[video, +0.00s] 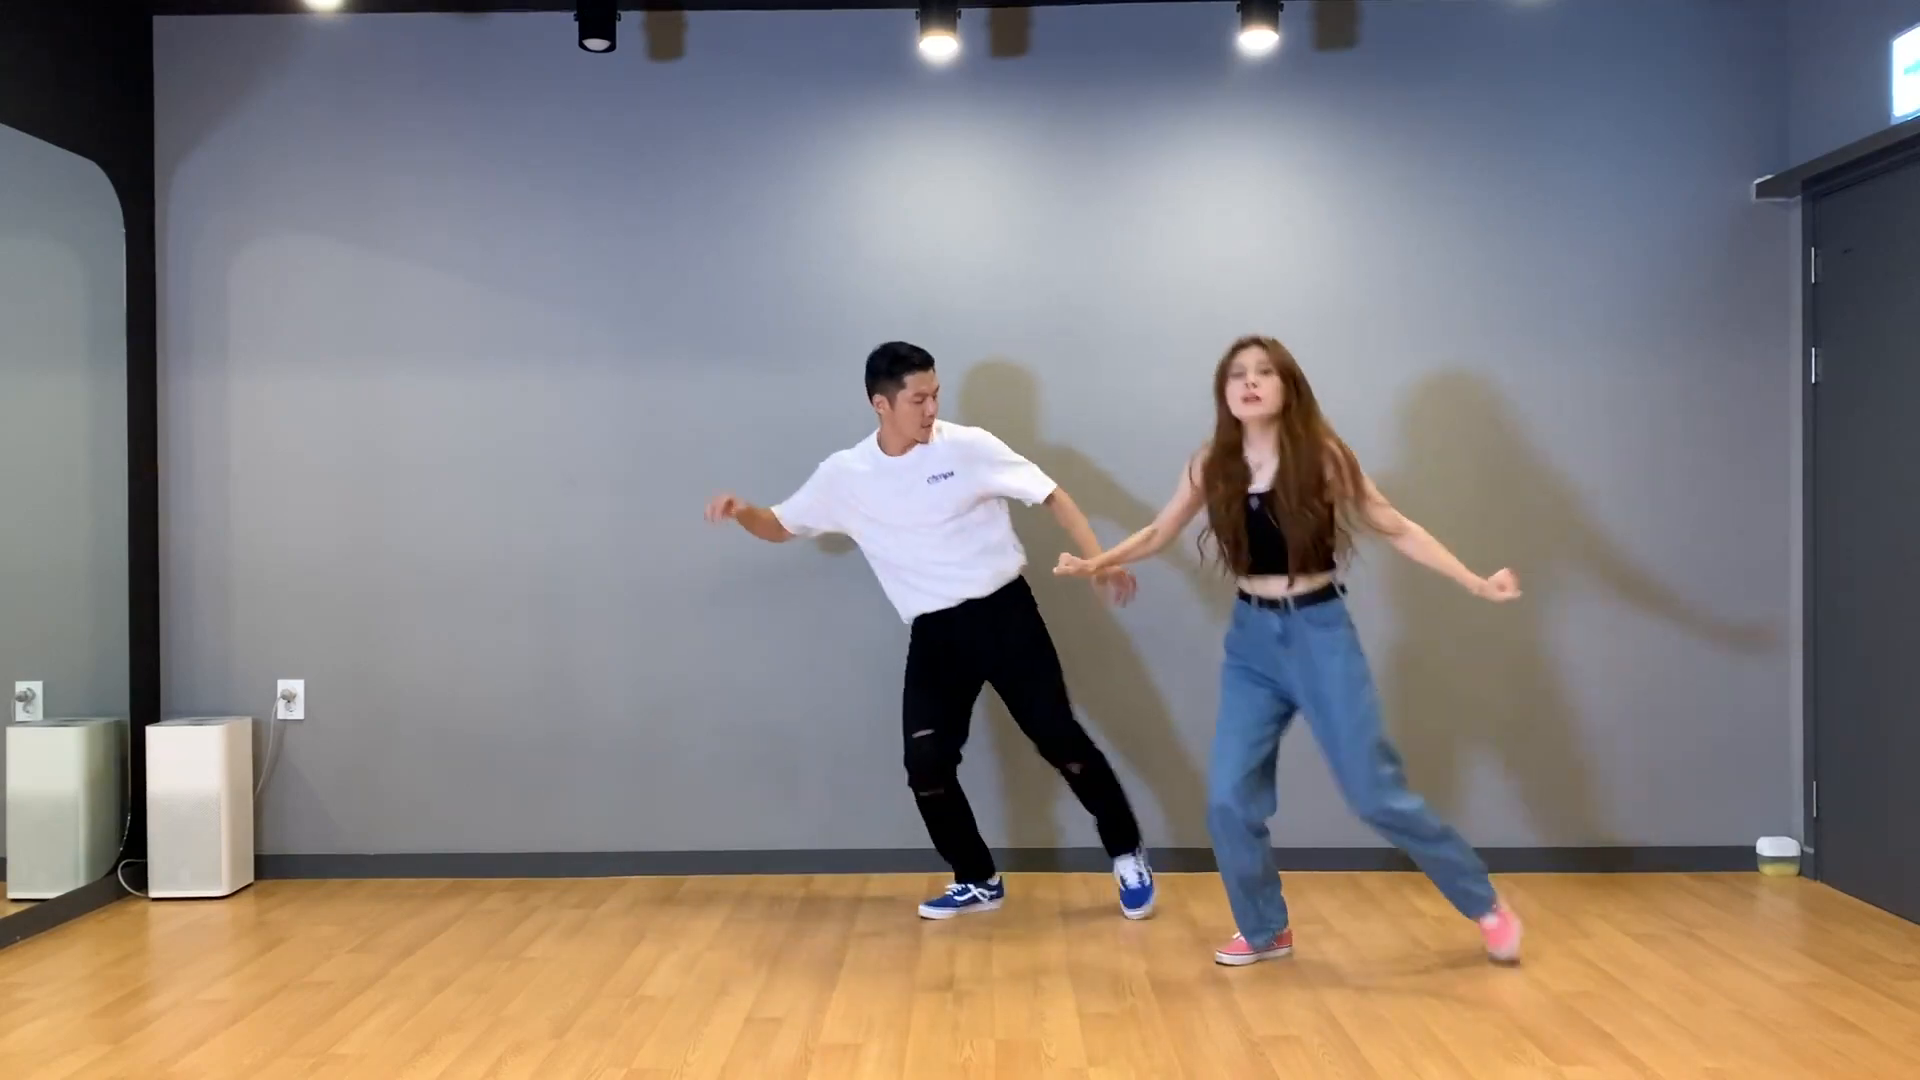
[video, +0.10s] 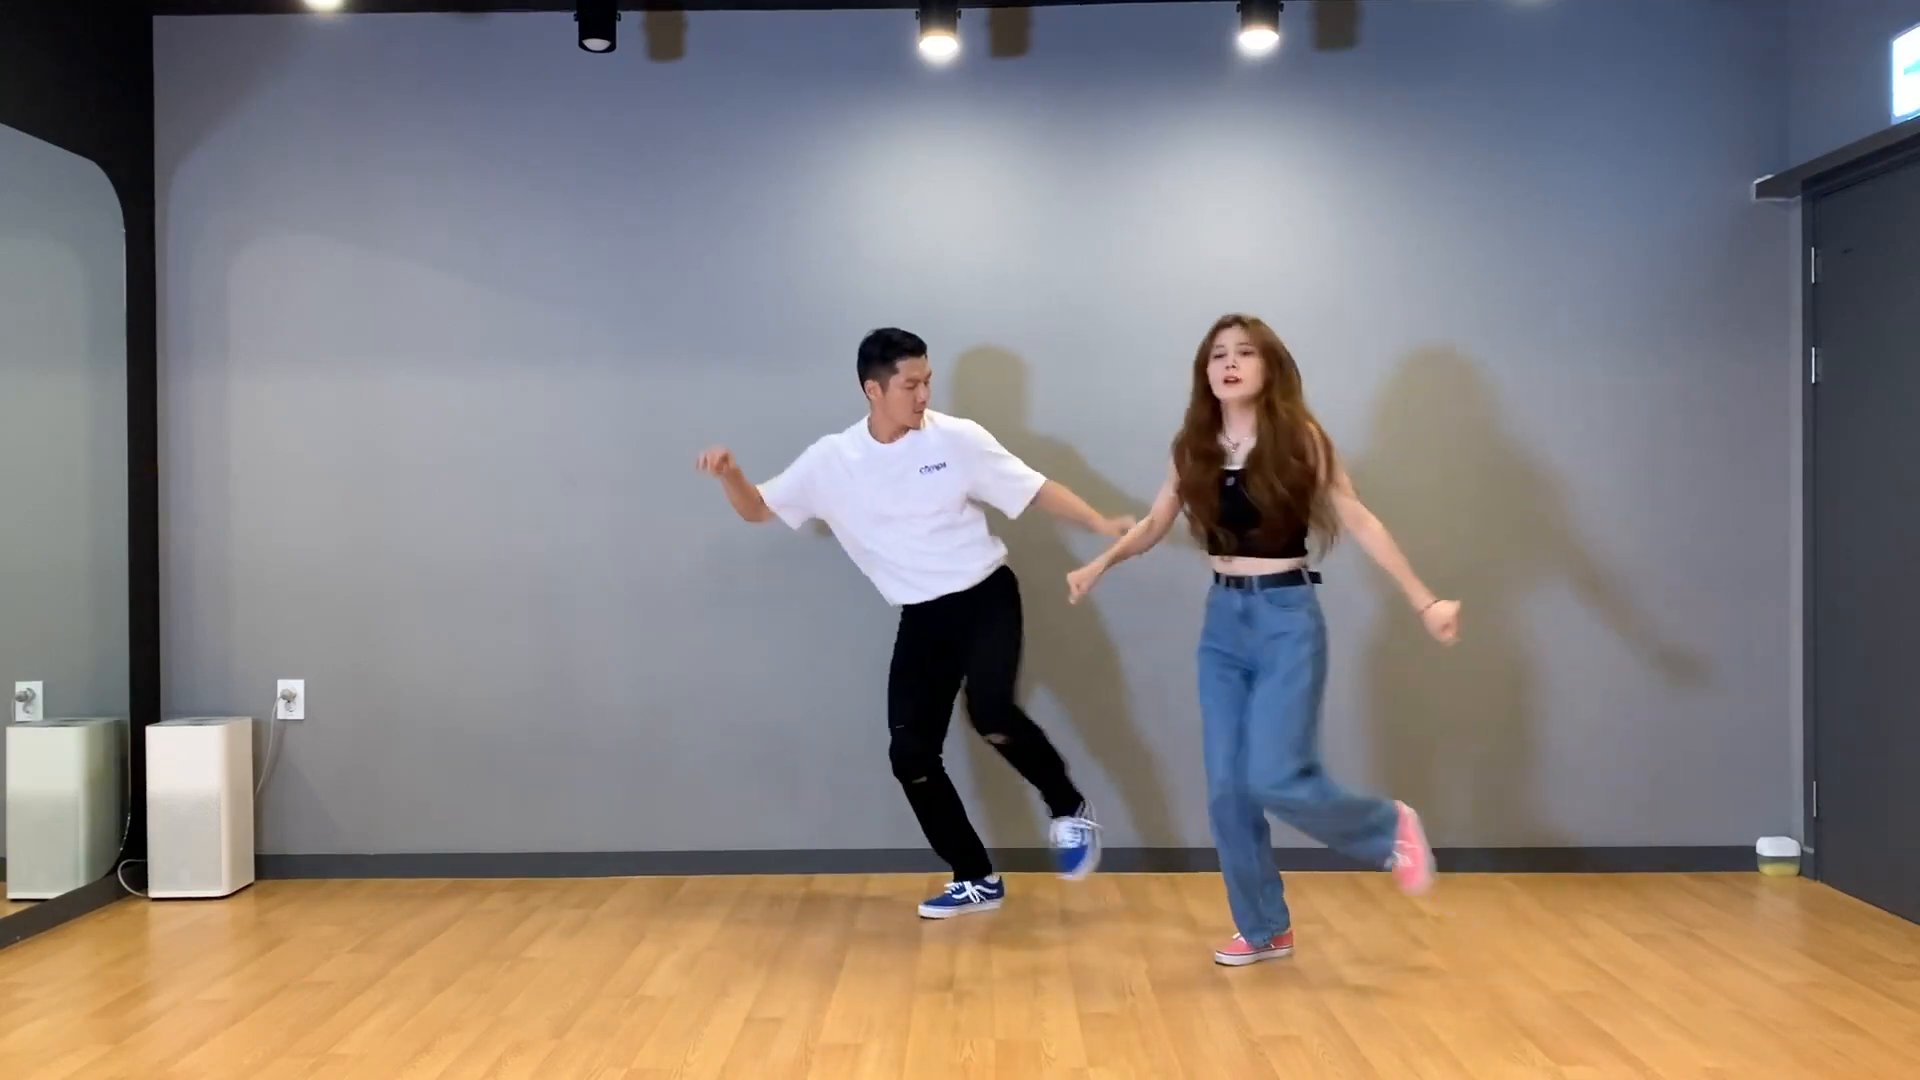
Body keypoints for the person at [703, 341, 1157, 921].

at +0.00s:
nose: (932, 409)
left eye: (934, 396)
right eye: (918, 399)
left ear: (936, 393)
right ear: (880, 404)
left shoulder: (969, 446)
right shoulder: (844, 474)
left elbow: (1053, 496)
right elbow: (780, 525)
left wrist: (1097, 559)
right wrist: (742, 512)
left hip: (1006, 612)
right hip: (935, 632)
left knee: (1059, 739)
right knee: (926, 766)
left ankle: (1126, 853)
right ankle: (978, 880)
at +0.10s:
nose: (923, 395)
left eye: (926, 383)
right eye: (911, 385)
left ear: (929, 381)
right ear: (872, 387)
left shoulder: (956, 438)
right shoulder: (831, 460)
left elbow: (1034, 489)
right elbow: (759, 509)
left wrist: (1099, 522)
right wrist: (729, 475)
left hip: (988, 593)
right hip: (922, 614)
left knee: (992, 715)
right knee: (911, 758)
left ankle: (1072, 813)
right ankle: (978, 878)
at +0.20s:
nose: (910, 379)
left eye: (914, 366)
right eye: (898, 369)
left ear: (918, 365)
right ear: (860, 371)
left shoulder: (943, 423)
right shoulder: (820, 435)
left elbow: (1025, 469)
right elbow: (745, 477)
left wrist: (1103, 486)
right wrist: (718, 435)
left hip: (961, 582)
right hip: (901, 597)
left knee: (916, 698)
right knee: (906, 741)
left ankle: (987, 811)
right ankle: (974, 872)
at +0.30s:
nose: (892, 369)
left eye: (897, 356)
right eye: (878, 359)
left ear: (903, 353)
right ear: (843, 361)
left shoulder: (929, 413)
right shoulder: (809, 419)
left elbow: (1009, 455)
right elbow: (731, 449)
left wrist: (1089, 458)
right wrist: (701, 410)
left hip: (932, 581)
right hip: (877, 592)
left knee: (861, 704)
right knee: (905, 730)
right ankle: (974, 869)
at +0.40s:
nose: (866, 374)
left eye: (874, 361)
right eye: (852, 363)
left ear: (882, 361)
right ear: (822, 365)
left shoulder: (909, 424)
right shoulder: (791, 421)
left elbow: (991, 467)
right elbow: (711, 440)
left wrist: (1070, 466)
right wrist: (678, 410)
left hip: (896, 598)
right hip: (848, 603)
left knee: (829, 732)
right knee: (898, 743)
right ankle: (976, 871)